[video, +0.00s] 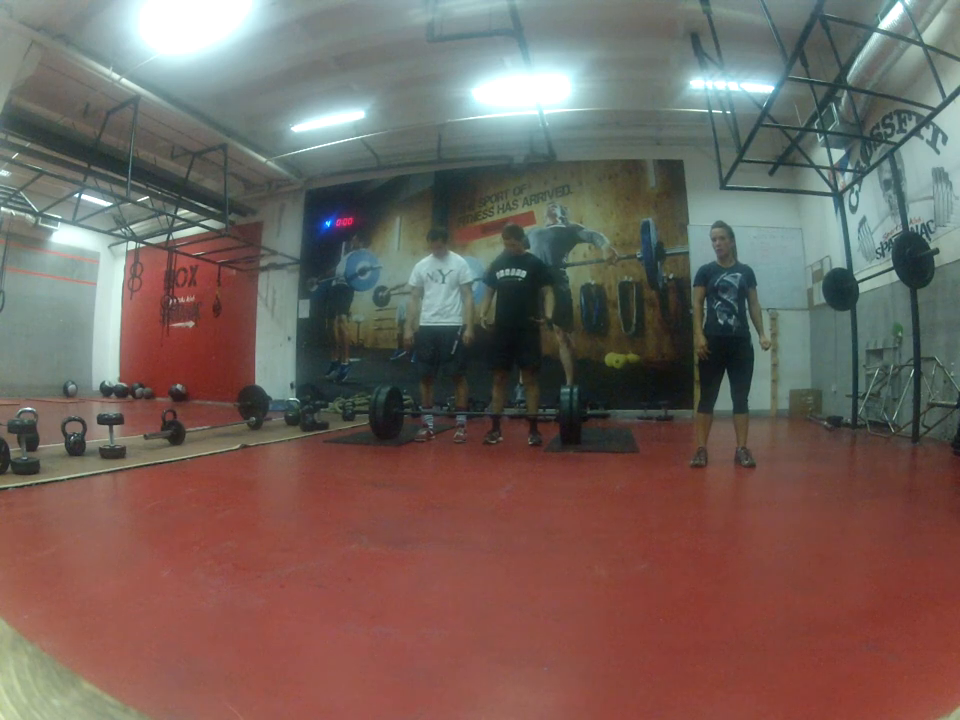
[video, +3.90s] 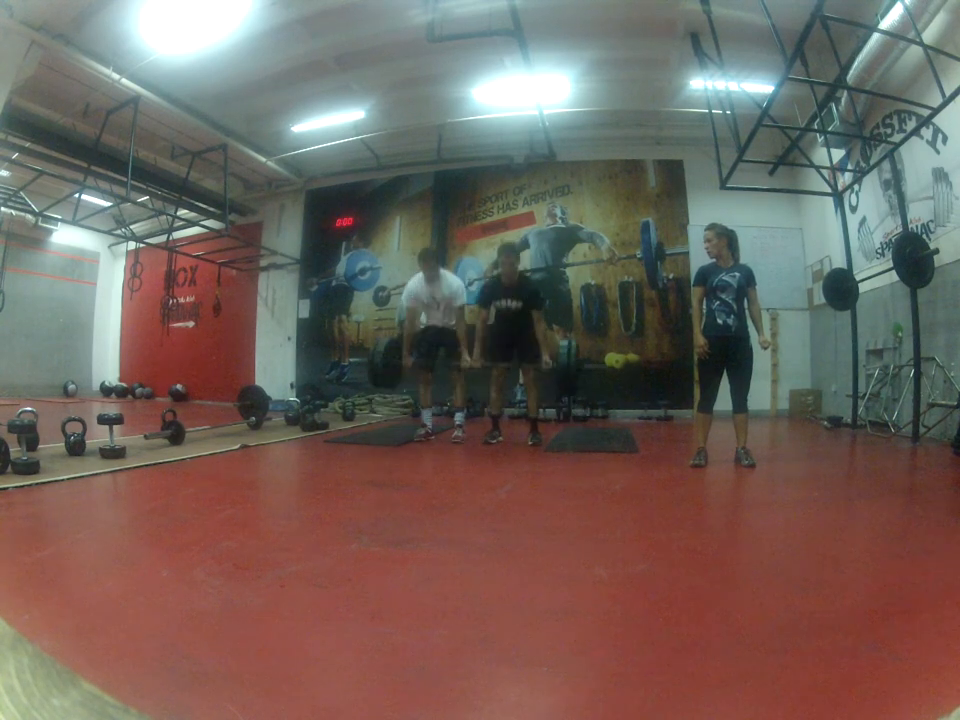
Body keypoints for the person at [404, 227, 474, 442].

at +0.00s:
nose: (437, 249)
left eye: (439, 245)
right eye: (434, 246)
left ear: (446, 243)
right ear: (429, 244)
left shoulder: (459, 263)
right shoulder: (421, 266)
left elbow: (468, 296)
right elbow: (414, 299)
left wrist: (469, 327)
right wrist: (408, 328)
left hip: (454, 328)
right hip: (426, 328)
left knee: (458, 376)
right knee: (425, 377)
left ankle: (461, 425)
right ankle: (427, 425)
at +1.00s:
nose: (431, 277)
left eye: (434, 274)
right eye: (428, 274)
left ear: (441, 267)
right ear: (423, 270)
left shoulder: (456, 277)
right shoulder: (417, 279)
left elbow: (466, 313)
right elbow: (411, 314)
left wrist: (467, 347)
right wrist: (410, 344)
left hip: (455, 330)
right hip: (431, 330)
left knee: (459, 376)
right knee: (426, 376)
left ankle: (461, 425)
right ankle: (427, 425)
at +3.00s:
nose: (428, 287)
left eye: (431, 283)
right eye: (424, 283)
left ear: (437, 276)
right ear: (419, 278)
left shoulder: (454, 282)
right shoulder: (413, 286)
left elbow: (465, 318)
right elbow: (410, 320)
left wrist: (467, 351)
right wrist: (410, 350)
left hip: (454, 332)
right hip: (429, 332)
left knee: (458, 375)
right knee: (425, 376)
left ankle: (461, 424)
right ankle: (426, 425)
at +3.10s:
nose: (427, 299)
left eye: (430, 295)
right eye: (423, 296)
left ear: (436, 287)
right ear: (417, 290)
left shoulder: (453, 293)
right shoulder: (412, 295)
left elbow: (464, 327)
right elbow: (409, 328)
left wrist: (467, 362)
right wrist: (408, 360)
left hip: (452, 333)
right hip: (428, 333)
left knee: (456, 374)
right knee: (423, 375)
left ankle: (459, 425)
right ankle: (426, 425)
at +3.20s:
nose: (427, 318)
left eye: (429, 314)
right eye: (423, 315)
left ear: (435, 308)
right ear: (417, 310)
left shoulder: (452, 312)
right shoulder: (410, 315)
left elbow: (463, 346)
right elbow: (407, 349)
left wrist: (467, 384)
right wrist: (407, 383)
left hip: (452, 340)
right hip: (427, 341)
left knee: (454, 374)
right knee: (422, 376)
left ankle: (459, 426)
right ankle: (426, 426)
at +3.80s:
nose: (429, 299)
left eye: (432, 295)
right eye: (425, 295)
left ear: (438, 291)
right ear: (420, 292)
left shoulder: (453, 303)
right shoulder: (412, 305)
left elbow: (460, 339)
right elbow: (409, 341)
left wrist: (466, 372)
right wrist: (407, 373)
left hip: (450, 336)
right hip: (426, 337)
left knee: (456, 376)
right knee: (423, 376)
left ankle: (458, 426)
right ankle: (427, 425)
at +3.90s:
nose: (429, 272)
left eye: (432, 267)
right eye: (425, 268)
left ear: (438, 265)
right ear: (420, 266)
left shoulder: (454, 284)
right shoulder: (413, 286)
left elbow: (460, 321)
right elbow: (410, 322)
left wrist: (464, 351)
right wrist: (406, 353)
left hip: (451, 329)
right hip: (427, 329)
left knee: (458, 374)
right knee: (425, 377)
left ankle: (459, 425)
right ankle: (427, 426)